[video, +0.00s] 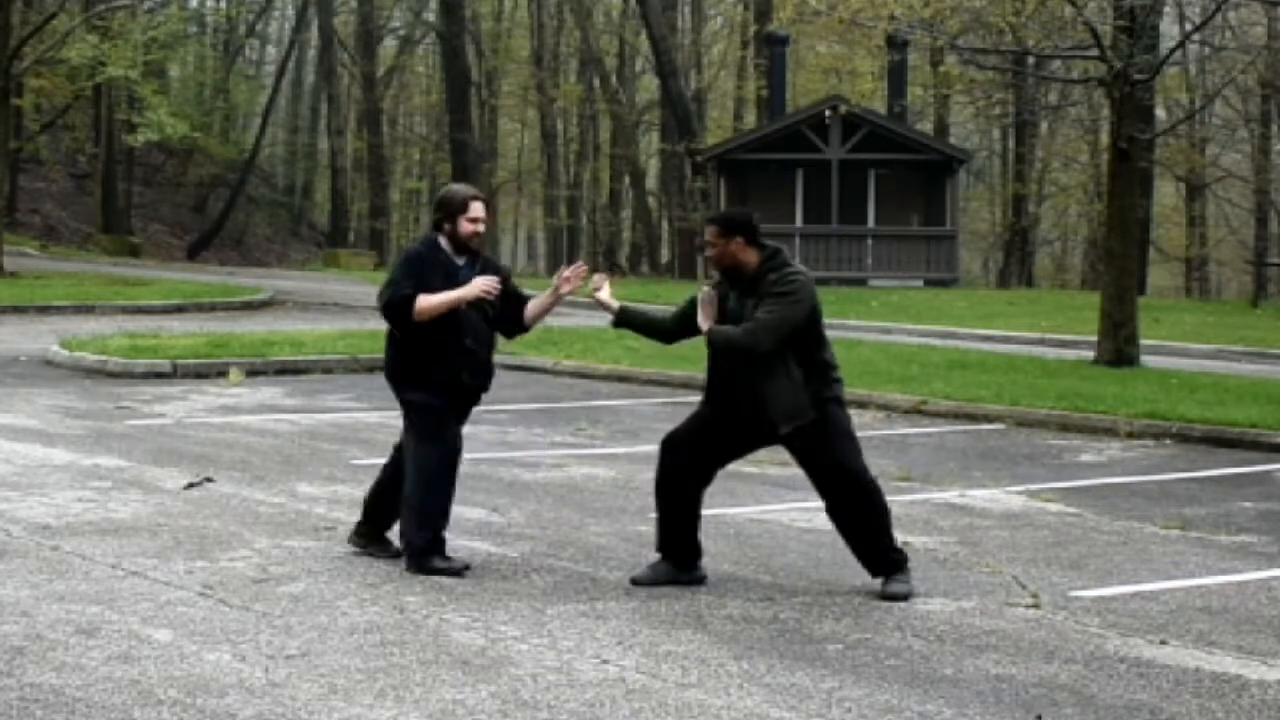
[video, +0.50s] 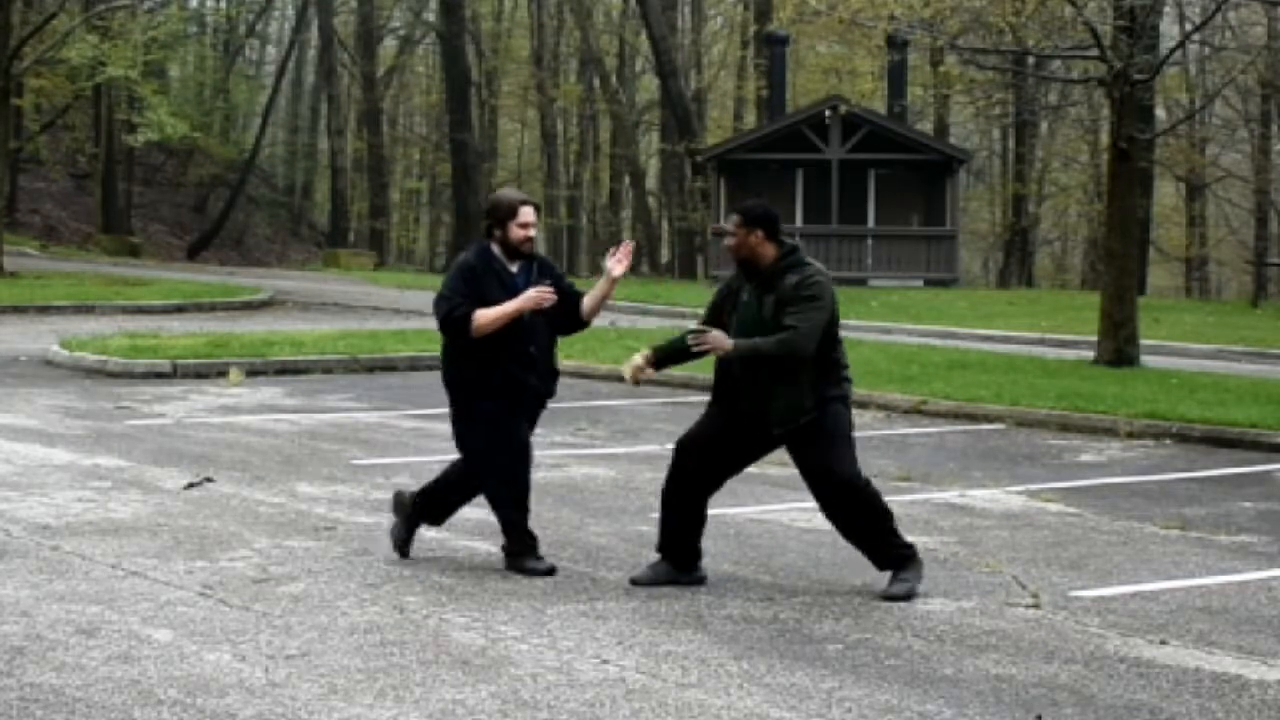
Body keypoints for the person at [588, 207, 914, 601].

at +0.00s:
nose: (707, 254)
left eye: (712, 245)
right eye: (706, 247)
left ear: (739, 242)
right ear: (729, 246)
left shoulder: (794, 285)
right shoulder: (724, 289)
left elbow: (760, 336)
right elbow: (672, 329)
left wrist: (711, 329)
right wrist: (615, 308)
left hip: (807, 410)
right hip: (746, 409)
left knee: (848, 481)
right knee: (679, 453)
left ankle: (892, 569)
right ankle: (679, 561)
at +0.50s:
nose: (728, 244)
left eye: (734, 236)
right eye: (728, 235)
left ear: (760, 236)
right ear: (754, 237)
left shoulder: (811, 283)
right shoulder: (738, 286)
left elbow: (800, 343)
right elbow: (707, 337)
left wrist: (732, 346)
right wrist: (655, 359)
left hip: (812, 409)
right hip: (751, 408)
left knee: (838, 483)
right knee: (691, 459)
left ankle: (902, 562)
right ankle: (680, 562)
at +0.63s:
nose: (757, 233)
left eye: (762, 224)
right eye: (756, 225)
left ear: (788, 227)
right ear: (785, 228)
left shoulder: (839, 272)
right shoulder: (770, 274)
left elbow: (834, 330)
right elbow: (747, 336)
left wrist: (772, 313)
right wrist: (707, 381)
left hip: (830, 412)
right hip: (773, 408)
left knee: (844, 488)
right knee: (717, 471)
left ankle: (918, 566)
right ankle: (680, 560)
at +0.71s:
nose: (781, 224)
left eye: (785, 215)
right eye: (780, 216)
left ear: (810, 215)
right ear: (805, 217)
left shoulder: (863, 259)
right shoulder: (800, 262)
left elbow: (853, 313)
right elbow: (773, 321)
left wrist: (797, 301)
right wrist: (728, 349)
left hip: (859, 401)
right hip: (803, 398)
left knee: (861, 484)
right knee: (757, 476)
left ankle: (919, 571)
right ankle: (694, 555)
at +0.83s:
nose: (811, 211)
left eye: (817, 202)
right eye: (811, 203)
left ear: (844, 205)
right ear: (838, 207)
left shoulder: (890, 251)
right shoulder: (825, 255)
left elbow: (883, 309)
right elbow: (783, 290)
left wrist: (823, 325)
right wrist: (720, 281)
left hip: (896, 385)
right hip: (838, 383)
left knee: (889, 476)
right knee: (793, 455)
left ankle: (920, 573)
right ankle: (785, 556)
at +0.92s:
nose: (827, 202)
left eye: (834, 194)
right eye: (828, 194)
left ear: (860, 198)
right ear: (852, 200)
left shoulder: (903, 248)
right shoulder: (840, 249)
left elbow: (898, 314)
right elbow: (790, 277)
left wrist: (837, 347)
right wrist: (725, 269)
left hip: (914, 378)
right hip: (863, 379)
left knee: (899, 469)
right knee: (824, 455)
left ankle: (922, 571)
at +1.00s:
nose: (844, 197)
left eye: (851, 189)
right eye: (845, 189)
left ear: (877, 194)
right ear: (871, 195)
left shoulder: (917, 247)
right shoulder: (856, 244)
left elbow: (915, 316)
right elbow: (808, 275)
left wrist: (853, 341)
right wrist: (746, 277)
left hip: (921, 376)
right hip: (879, 377)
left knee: (895, 463)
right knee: (863, 459)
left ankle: (923, 571)